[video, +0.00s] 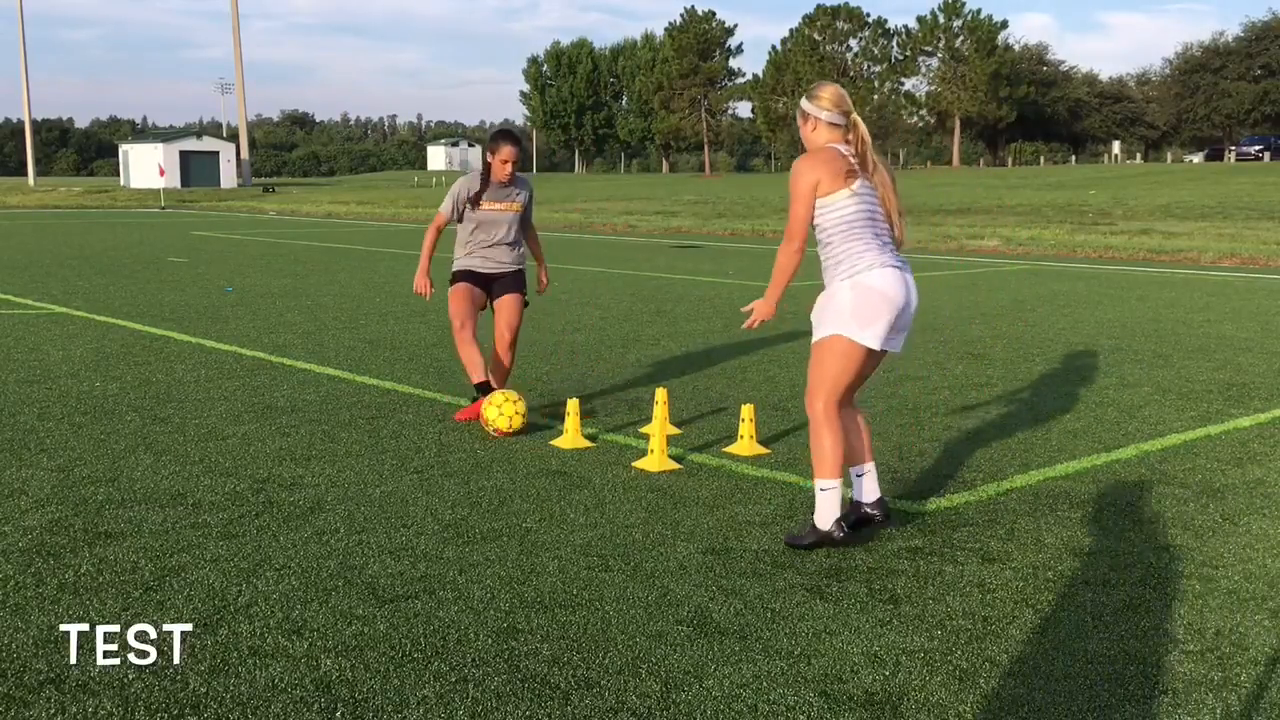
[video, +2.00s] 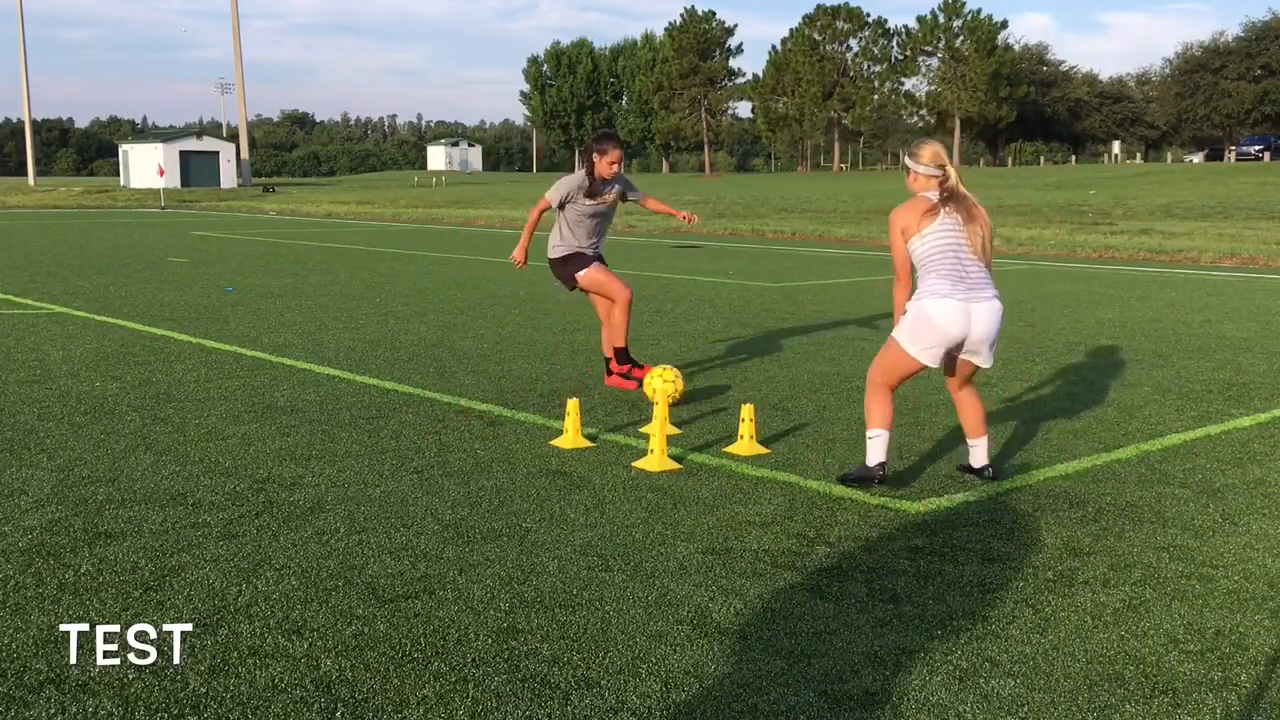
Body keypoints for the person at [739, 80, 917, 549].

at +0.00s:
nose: (800, 130)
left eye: (802, 122)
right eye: (801, 122)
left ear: (815, 122)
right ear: (844, 123)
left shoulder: (811, 164)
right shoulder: (867, 164)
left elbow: (795, 242)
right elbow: (886, 232)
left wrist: (770, 299)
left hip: (860, 287)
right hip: (895, 284)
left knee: (820, 401)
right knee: (842, 398)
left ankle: (826, 521)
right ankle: (869, 501)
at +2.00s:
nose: (906, 178)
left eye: (907, 172)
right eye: (907, 172)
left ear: (915, 174)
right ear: (944, 172)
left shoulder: (904, 213)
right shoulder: (975, 210)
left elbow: (903, 279)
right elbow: (984, 268)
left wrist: (900, 328)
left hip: (937, 309)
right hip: (986, 309)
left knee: (880, 379)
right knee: (961, 381)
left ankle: (875, 465)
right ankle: (981, 464)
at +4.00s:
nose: (858, 169)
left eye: (860, 163)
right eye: (860, 163)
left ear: (868, 164)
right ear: (902, 163)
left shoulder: (860, 205)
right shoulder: (926, 202)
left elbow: (869, 269)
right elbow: (938, 245)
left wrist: (872, 327)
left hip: (865, 325)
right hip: (922, 327)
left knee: (849, 420)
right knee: (924, 440)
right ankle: (936, 525)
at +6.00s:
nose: (784, 153)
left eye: (785, 145)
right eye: (784, 146)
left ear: (797, 143)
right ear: (826, 143)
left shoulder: (795, 181)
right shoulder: (854, 181)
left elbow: (788, 258)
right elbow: (886, 247)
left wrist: (768, 316)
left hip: (850, 296)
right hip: (887, 294)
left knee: (791, 396)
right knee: (818, 391)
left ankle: (805, 514)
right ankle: (851, 486)